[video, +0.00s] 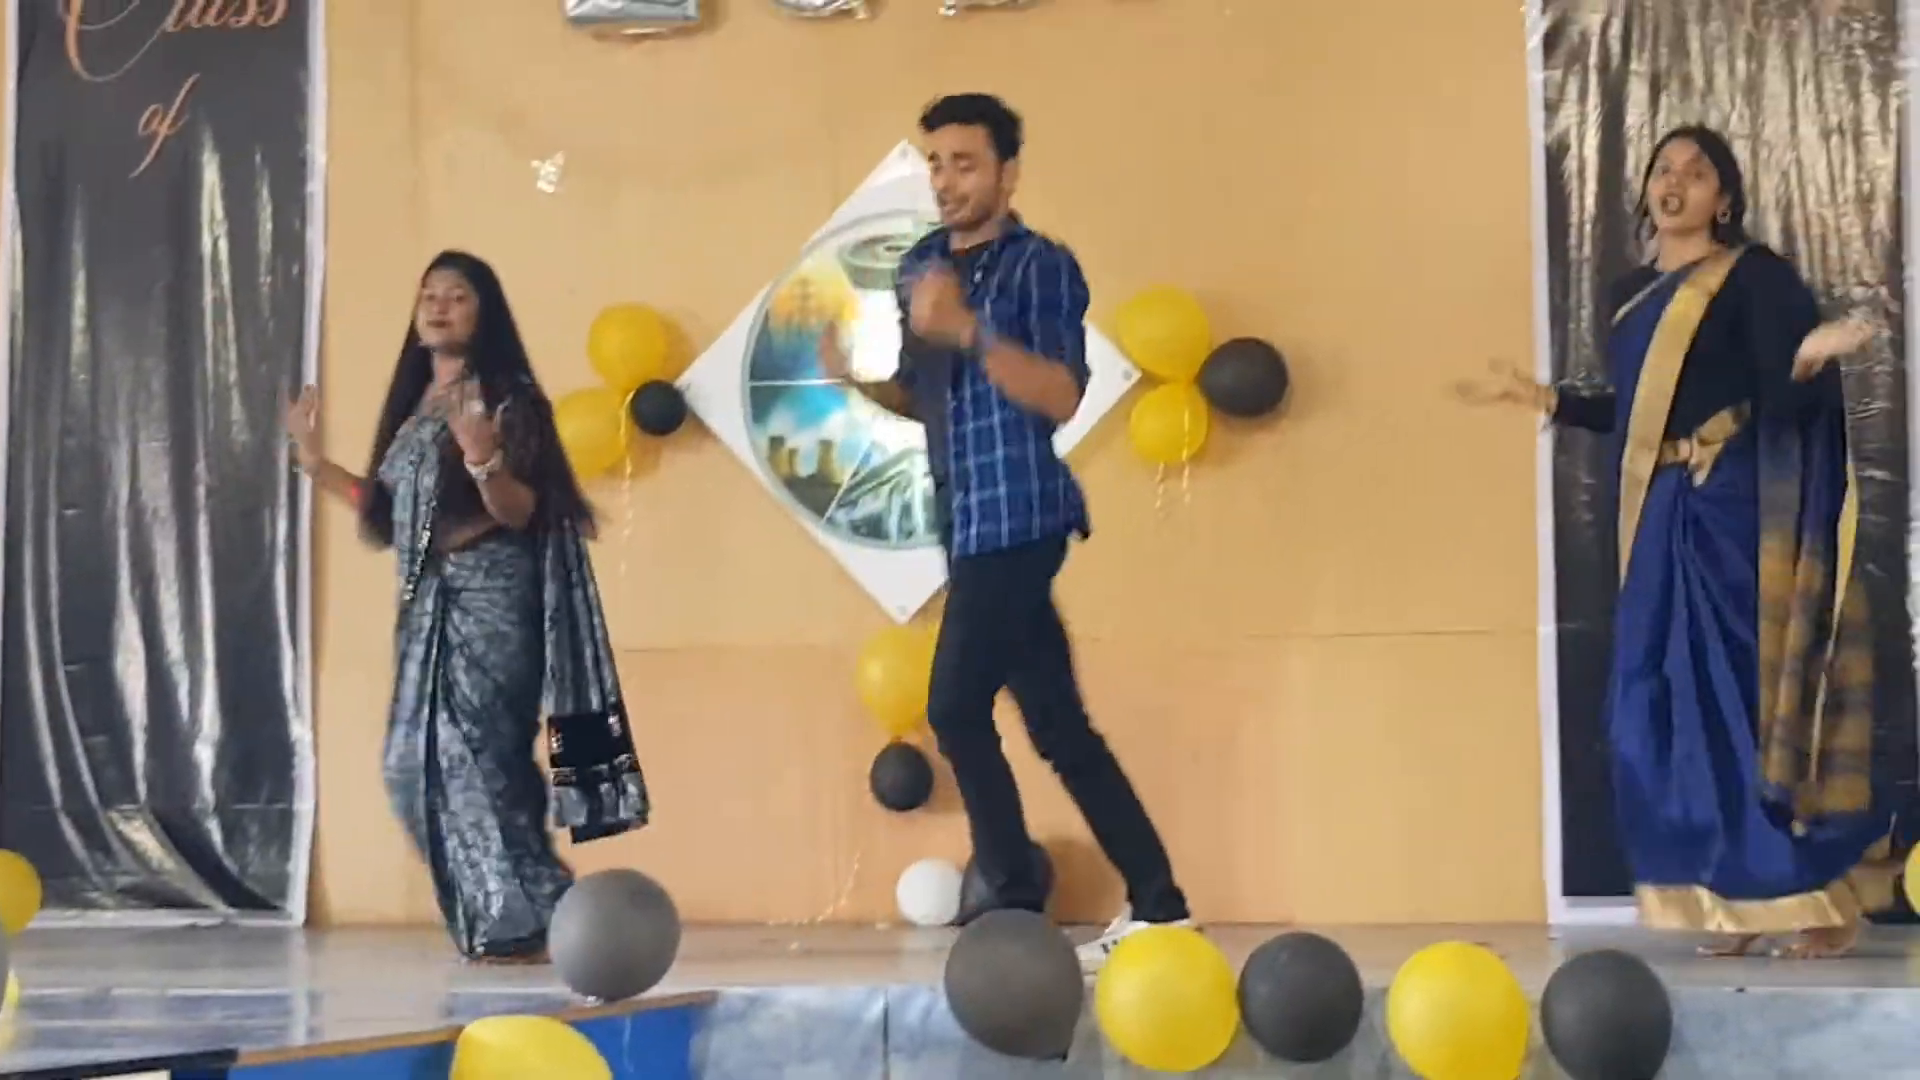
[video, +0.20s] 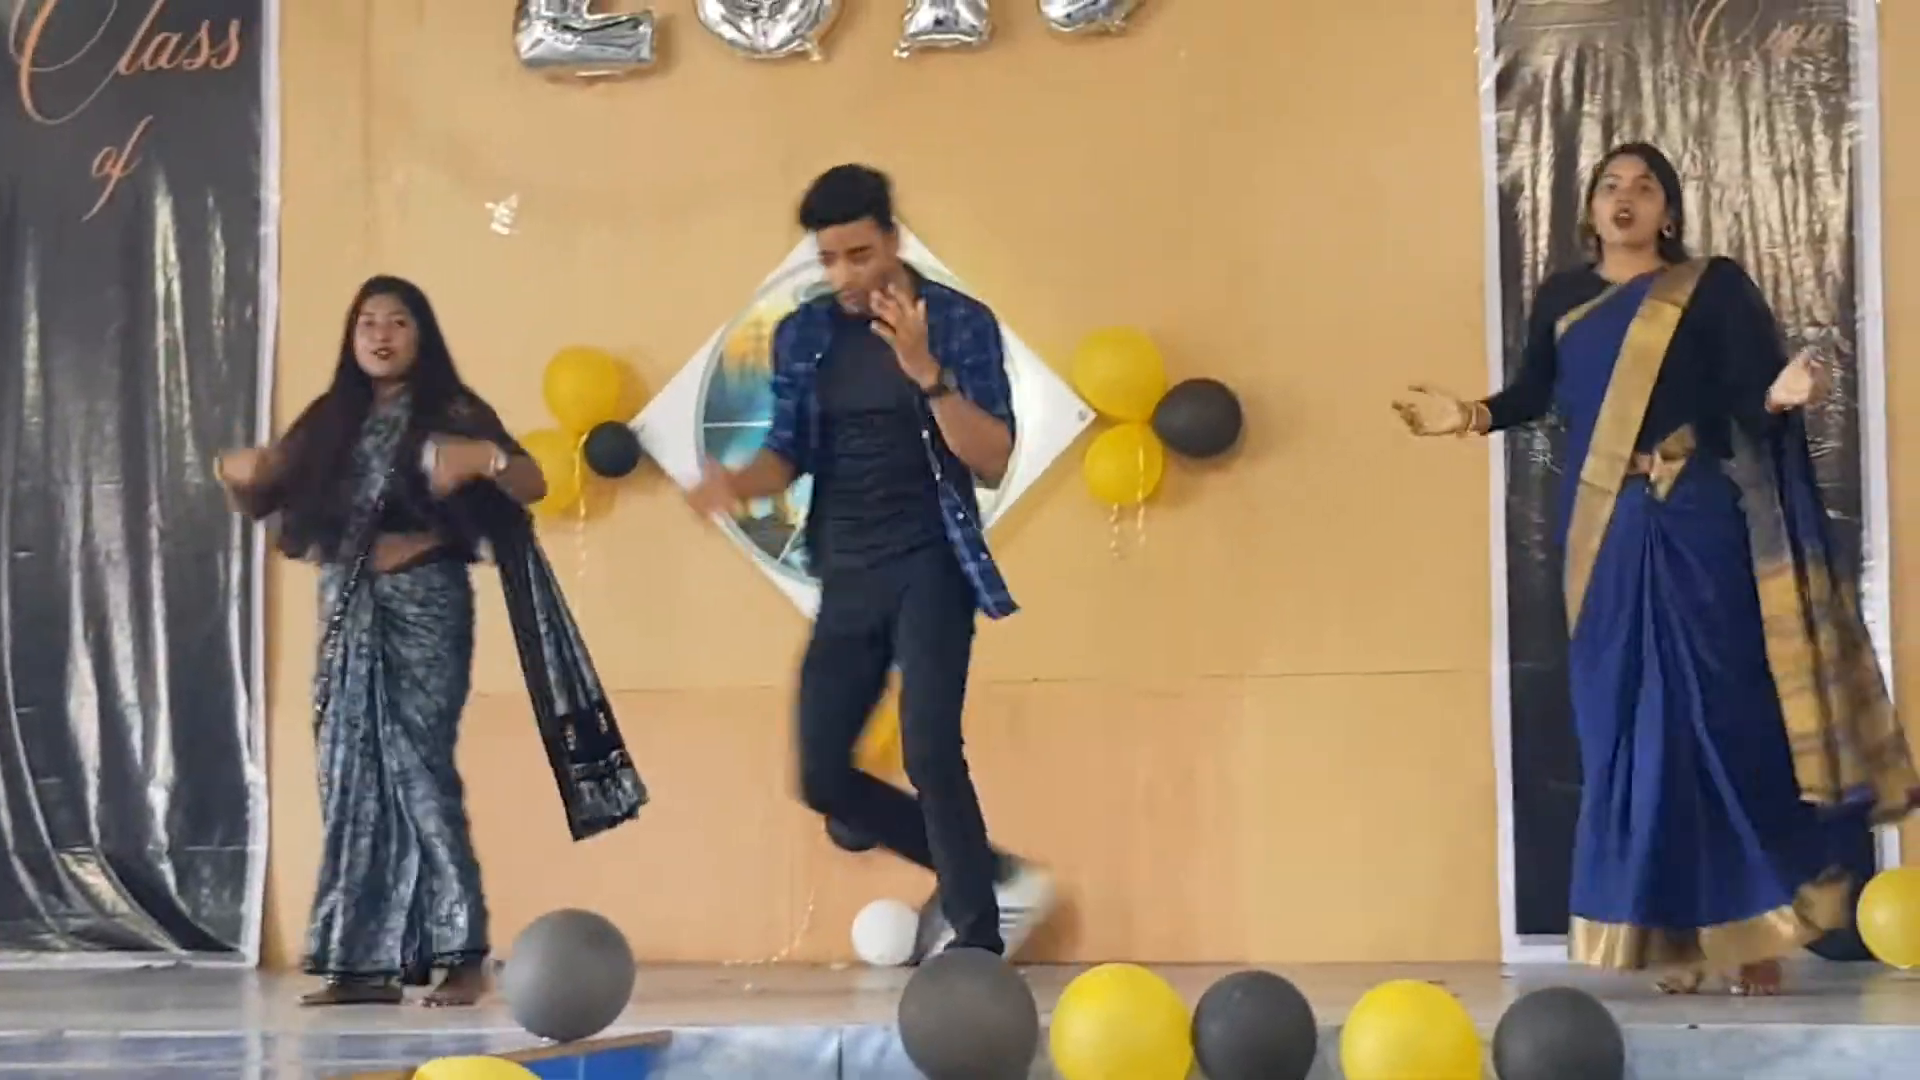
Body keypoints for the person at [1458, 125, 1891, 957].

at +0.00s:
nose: (1676, 183)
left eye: (1695, 172)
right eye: (1664, 171)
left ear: (1725, 194)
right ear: (1647, 193)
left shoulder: (1757, 275)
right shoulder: (1638, 305)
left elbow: (1794, 392)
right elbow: (1634, 412)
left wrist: (1814, 352)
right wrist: (1546, 400)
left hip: (1748, 524)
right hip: (1664, 529)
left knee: (1761, 697)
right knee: (1674, 705)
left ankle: (1820, 899)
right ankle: (1734, 907)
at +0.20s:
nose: (1623, 200)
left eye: (1640, 188)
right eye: (1611, 188)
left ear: (1668, 208)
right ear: (1589, 207)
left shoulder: (1715, 285)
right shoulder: (1562, 299)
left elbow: (1752, 393)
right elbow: (1530, 395)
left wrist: (1781, 389)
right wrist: (1470, 414)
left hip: (1701, 526)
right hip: (1606, 533)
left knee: (1719, 714)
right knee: (1631, 719)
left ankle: (1754, 928)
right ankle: (1668, 936)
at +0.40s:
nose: (1557, 239)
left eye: (1570, 227)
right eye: (1539, 231)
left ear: (1596, 246)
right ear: (1518, 256)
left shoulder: (1647, 334)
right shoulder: (1495, 353)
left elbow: (1684, 477)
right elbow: (1494, 479)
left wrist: (1697, 410)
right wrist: (1465, 459)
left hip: (1625, 564)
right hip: (1528, 569)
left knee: (1629, 745)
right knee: (1505, 743)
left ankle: (1638, 945)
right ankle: (1558, 943)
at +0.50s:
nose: (1513, 248)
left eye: (1527, 234)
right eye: (1497, 236)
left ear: (1549, 250)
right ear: (1473, 256)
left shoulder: (1598, 326)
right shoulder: (1458, 357)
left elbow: (1673, 414)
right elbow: (1418, 489)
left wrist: (1656, 317)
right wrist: (1431, 433)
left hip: (1592, 556)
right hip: (1501, 564)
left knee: (1591, 734)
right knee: (1456, 723)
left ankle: (1617, 933)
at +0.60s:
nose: (1459, 228)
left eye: (1471, 216)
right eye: (1443, 213)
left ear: (1488, 235)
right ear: (1411, 234)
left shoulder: (1524, 297)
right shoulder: (1392, 334)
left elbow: (1637, 329)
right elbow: (1372, 450)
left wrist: (1617, 245)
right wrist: (1405, 363)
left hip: (1549, 523)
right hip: (1458, 532)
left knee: (1560, 714)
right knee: (1398, 708)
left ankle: (1584, 925)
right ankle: (1308, 911)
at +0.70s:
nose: (1398, 235)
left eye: (1412, 223)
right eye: (1384, 219)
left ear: (1424, 236)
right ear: (1349, 228)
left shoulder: (1456, 304)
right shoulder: (1327, 329)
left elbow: (1571, 324)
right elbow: (1333, 428)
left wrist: (1584, 243)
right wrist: (1397, 329)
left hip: (1507, 530)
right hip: (1413, 541)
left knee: (1538, 714)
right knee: (1346, 713)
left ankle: (1609, 917)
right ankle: (1255, 903)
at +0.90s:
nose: (1308, 262)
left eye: (1325, 253)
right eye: (1296, 242)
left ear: (1340, 268)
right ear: (1267, 245)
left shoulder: (1355, 337)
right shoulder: (1227, 327)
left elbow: (1475, 365)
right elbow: (1236, 411)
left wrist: (1518, 276)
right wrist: (1330, 342)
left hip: (1387, 539)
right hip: (1295, 547)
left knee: (1424, 717)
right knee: (1283, 724)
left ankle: (1559, 894)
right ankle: (1245, 919)